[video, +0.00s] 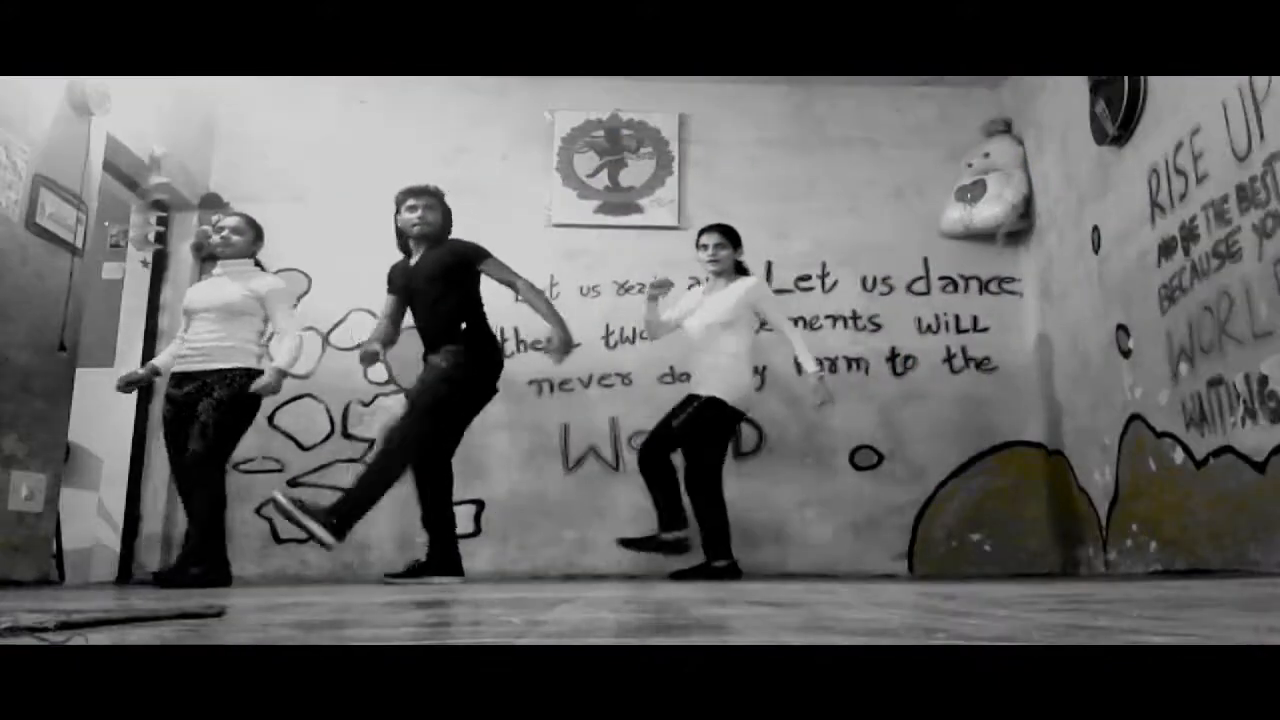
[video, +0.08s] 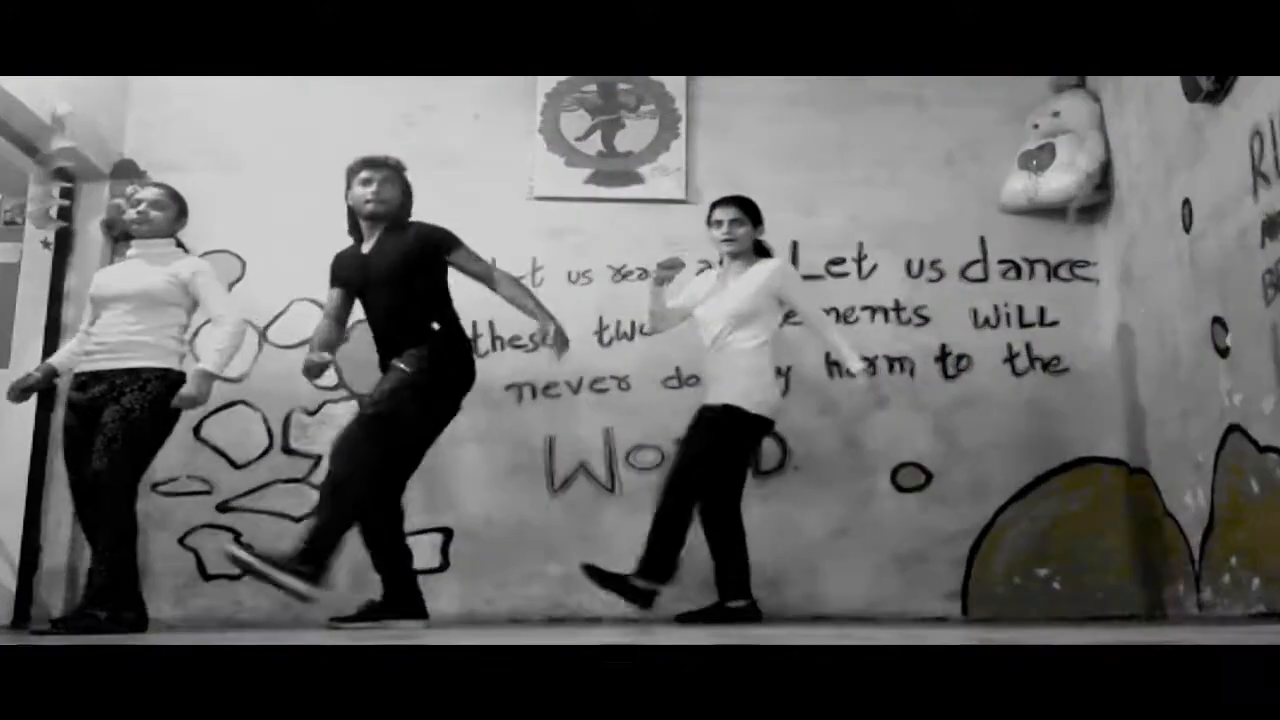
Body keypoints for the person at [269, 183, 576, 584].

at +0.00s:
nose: (419, 213)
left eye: (429, 208)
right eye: (410, 209)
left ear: (445, 219)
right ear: (399, 223)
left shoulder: (458, 252)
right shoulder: (401, 273)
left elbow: (518, 284)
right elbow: (390, 322)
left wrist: (559, 326)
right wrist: (374, 344)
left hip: (473, 361)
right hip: (442, 367)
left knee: (405, 433)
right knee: (430, 454)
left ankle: (337, 519)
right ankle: (444, 556)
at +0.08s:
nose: (374, 189)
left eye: (385, 183)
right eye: (364, 183)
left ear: (403, 197)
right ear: (349, 199)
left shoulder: (425, 238)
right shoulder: (347, 262)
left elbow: (492, 277)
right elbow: (334, 320)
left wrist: (544, 316)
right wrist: (315, 352)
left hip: (441, 366)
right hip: (399, 375)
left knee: (356, 445)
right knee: (375, 480)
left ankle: (309, 561)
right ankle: (402, 597)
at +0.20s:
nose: (383, 178)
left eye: (395, 172)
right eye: (374, 172)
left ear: (412, 187)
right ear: (358, 187)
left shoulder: (438, 230)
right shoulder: (342, 248)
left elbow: (512, 262)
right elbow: (302, 302)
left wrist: (513, 273)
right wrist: (341, 313)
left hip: (436, 359)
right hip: (384, 367)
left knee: (373, 432)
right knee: (358, 475)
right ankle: (398, 594)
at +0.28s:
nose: (387, 171)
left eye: (398, 165)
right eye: (377, 165)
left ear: (416, 180)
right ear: (360, 180)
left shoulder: (437, 214)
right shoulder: (345, 240)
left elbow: (510, 243)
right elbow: (287, 294)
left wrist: (534, 284)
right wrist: (315, 267)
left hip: (432, 356)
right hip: (375, 366)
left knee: (403, 429)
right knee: (364, 470)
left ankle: (421, 560)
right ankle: (388, 594)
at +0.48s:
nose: (390, 192)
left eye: (401, 187)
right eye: (380, 187)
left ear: (420, 203)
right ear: (366, 205)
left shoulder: (448, 243)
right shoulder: (365, 262)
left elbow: (499, 297)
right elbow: (331, 286)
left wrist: (540, 350)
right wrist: (298, 250)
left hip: (436, 389)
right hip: (374, 390)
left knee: (430, 494)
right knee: (351, 495)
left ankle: (451, 596)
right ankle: (368, 599)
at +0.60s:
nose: (435, 187)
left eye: (445, 181)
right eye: (424, 179)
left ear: (457, 197)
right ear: (402, 190)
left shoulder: (468, 252)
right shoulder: (376, 239)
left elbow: (508, 309)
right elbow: (314, 288)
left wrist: (541, 346)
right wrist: (352, 247)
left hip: (442, 387)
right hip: (376, 387)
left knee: (501, 476)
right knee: (371, 479)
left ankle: (463, 576)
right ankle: (354, 591)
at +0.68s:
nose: (463, 200)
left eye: (473, 194)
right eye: (454, 191)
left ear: (486, 207)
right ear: (435, 200)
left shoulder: (486, 273)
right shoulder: (404, 241)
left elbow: (512, 336)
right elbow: (316, 267)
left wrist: (556, 335)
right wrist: (359, 302)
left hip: (428, 388)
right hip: (369, 385)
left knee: (518, 453)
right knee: (400, 471)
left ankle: (491, 570)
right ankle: (336, 592)